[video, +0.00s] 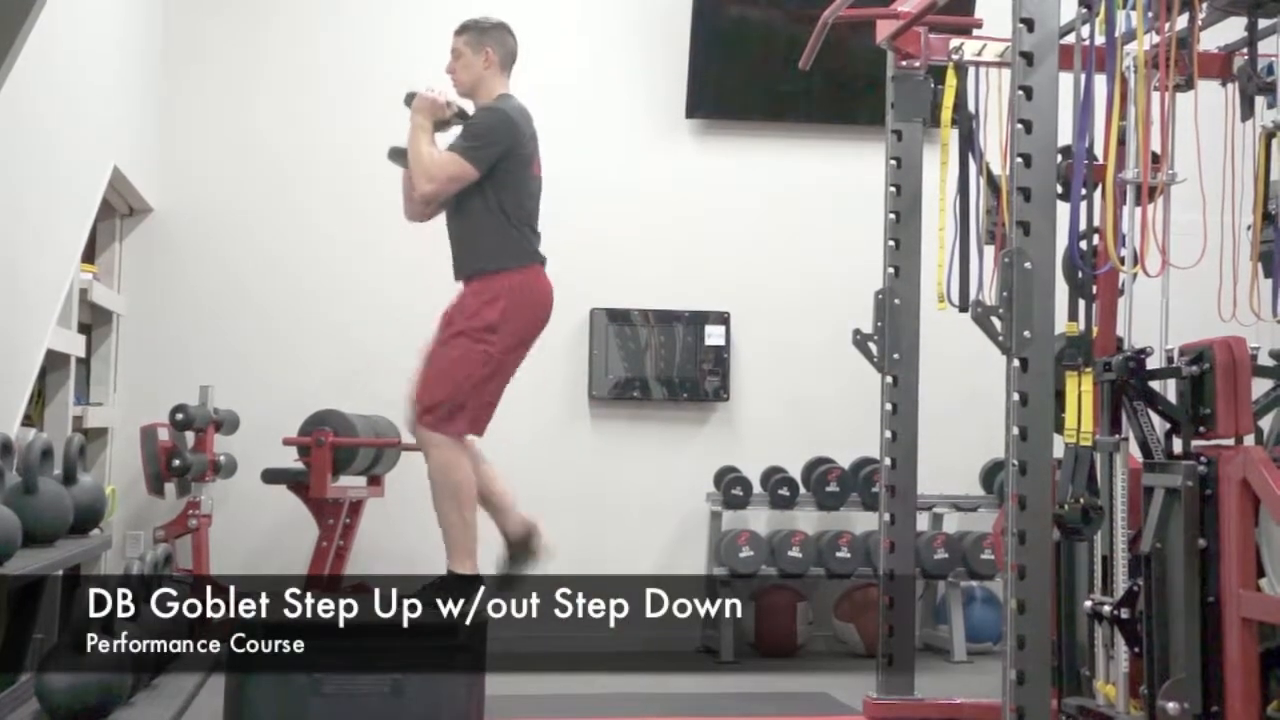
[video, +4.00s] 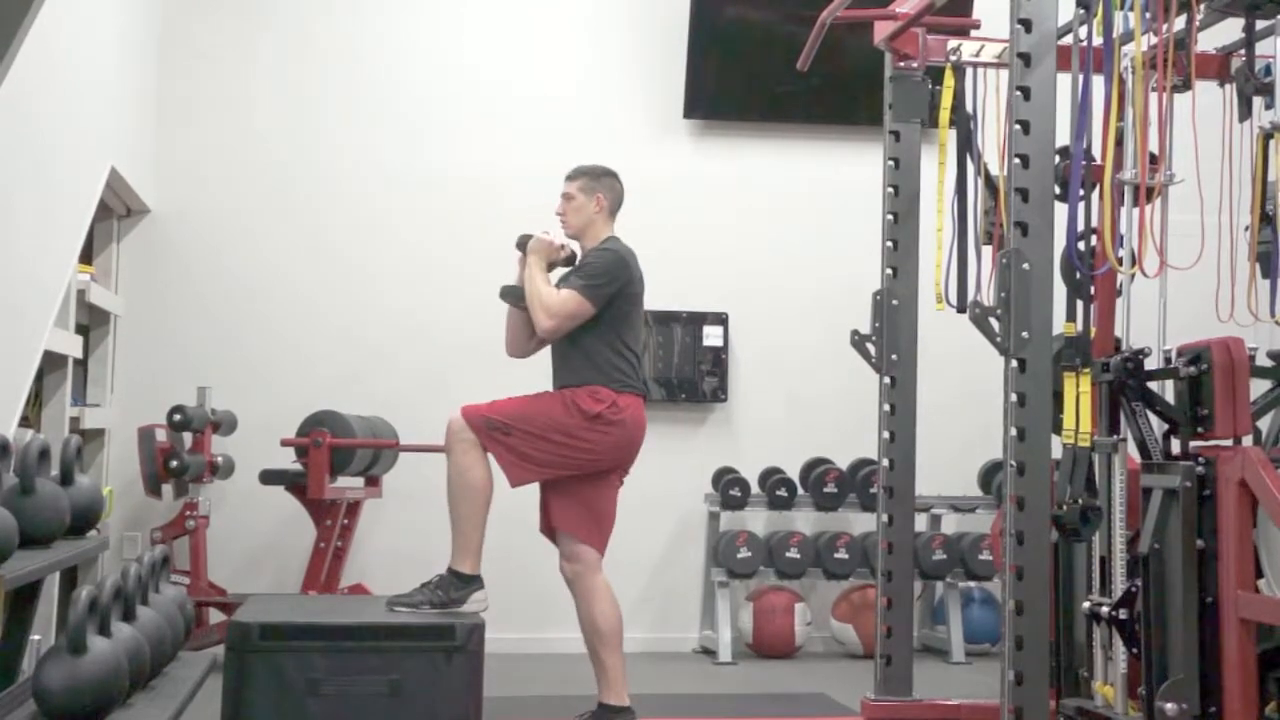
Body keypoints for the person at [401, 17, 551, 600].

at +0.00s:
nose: (448, 67)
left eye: (457, 56)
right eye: (450, 56)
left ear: (489, 58)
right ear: (490, 59)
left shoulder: (503, 118)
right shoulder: (490, 124)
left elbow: (429, 186)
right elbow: (417, 207)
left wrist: (422, 120)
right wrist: (420, 135)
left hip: (505, 290)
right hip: (495, 289)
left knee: (439, 425)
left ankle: (462, 580)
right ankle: (518, 533)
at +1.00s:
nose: (549, 205)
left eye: (558, 195)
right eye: (551, 195)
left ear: (590, 200)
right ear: (586, 201)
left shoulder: (604, 260)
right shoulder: (581, 265)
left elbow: (533, 323)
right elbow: (511, 340)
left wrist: (521, 261)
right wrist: (514, 274)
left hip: (590, 414)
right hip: (596, 419)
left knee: (450, 431)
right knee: (591, 562)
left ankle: (463, 577)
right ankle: (616, 706)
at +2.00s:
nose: (468, 150)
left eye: (477, 140)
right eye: (470, 140)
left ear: (509, 144)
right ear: (508, 144)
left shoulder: (522, 203)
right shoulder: (505, 209)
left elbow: (455, 263)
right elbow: (433, 286)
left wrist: (443, 202)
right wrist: (439, 219)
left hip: (537, 358)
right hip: (559, 363)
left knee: (420, 438)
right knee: (529, 517)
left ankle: (461, 580)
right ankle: (569, 648)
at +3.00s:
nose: (472, 109)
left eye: (480, 97)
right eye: (474, 98)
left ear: (512, 98)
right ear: (511, 101)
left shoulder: (526, 159)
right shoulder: (510, 167)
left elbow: (461, 222)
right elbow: (442, 249)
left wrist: (446, 160)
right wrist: (443, 187)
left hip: (523, 322)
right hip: (541, 323)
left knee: (428, 437)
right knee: (507, 475)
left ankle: (459, 579)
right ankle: (555, 619)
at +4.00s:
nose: (558, 208)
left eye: (569, 198)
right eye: (561, 198)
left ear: (602, 204)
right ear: (595, 207)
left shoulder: (612, 258)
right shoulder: (581, 268)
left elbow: (550, 322)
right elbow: (520, 344)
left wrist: (536, 262)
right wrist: (527, 277)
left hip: (602, 411)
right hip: (602, 418)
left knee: (466, 427)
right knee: (581, 560)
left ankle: (462, 578)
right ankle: (616, 705)